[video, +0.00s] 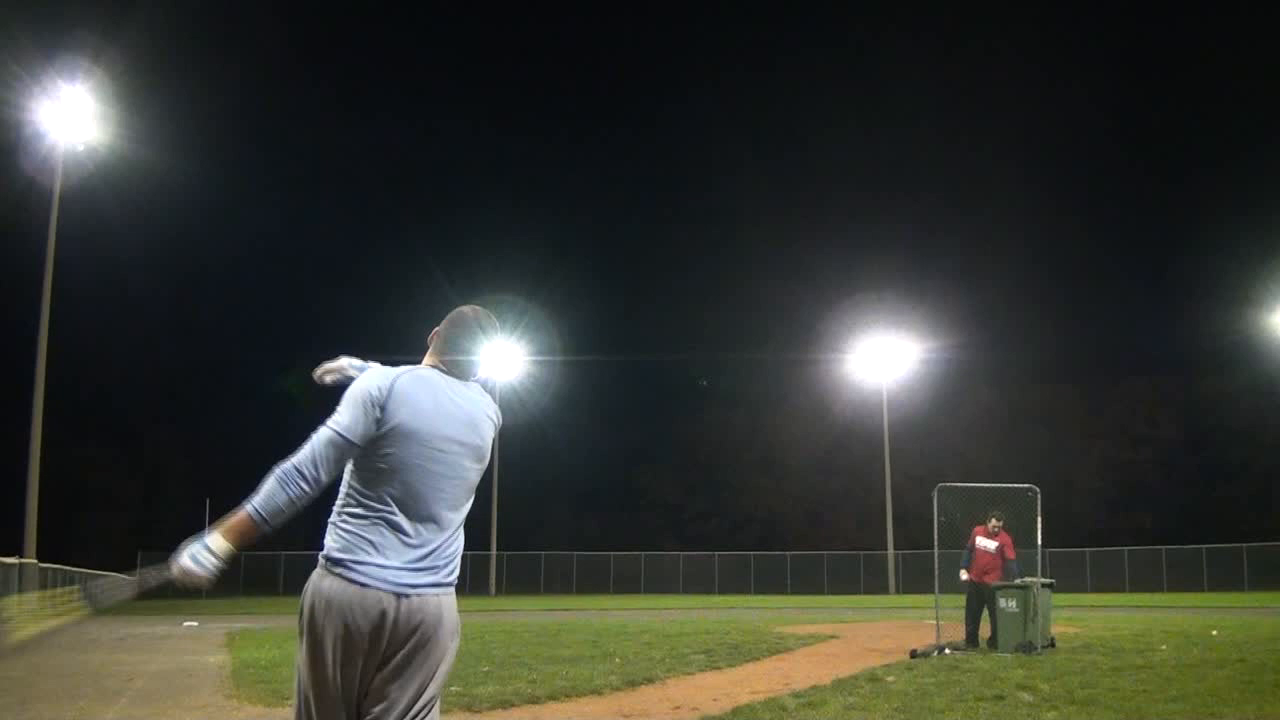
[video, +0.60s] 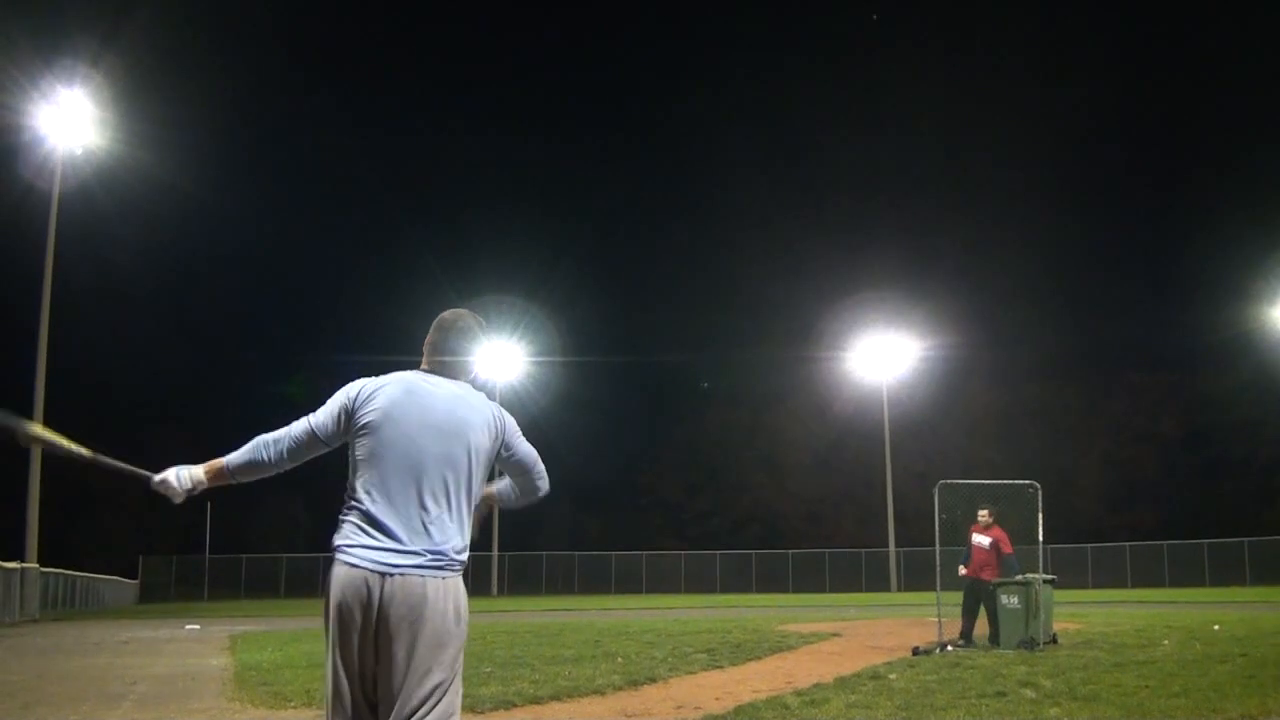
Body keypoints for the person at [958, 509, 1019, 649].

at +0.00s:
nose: (996, 530)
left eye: (998, 527)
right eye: (993, 526)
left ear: (1002, 526)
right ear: (987, 523)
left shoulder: (1005, 539)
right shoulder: (977, 532)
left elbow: (1011, 561)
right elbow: (968, 550)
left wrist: (1015, 579)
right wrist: (963, 568)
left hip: (994, 583)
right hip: (975, 582)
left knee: (996, 615)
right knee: (972, 614)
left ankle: (995, 640)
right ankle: (971, 640)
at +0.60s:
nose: (980, 519)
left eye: (983, 516)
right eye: (979, 516)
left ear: (991, 518)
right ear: (977, 517)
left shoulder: (999, 534)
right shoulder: (974, 529)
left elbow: (1009, 556)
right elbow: (969, 549)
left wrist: (1017, 574)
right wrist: (962, 564)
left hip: (990, 580)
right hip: (973, 578)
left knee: (992, 612)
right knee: (969, 609)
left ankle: (995, 640)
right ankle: (966, 638)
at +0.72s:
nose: (976, 518)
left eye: (979, 515)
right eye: (974, 515)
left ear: (987, 517)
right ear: (973, 517)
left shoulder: (995, 534)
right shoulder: (971, 530)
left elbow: (1007, 554)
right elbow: (966, 549)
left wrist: (1015, 571)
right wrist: (960, 564)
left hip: (987, 580)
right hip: (970, 578)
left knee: (991, 613)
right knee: (965, 609)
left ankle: (995, 641)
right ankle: (959, 637)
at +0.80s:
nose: (971, 518)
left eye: (974, 515)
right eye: (969, 515)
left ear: (982, 516)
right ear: (968, 517)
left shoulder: (991, 533)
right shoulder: (968, 531)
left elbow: (1003, 553)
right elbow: (964, 551)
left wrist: (1011, 570)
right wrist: (958, 565)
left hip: (984, 580)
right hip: (967, 578)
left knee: (989, 613)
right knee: (961, 611)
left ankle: (995, 642)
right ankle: (955, 639)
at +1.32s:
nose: (940, 521)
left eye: (941, 518)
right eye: (939, 518)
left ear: (950, 516)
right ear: (945, 518)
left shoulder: (963, 527)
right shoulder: (943, 533)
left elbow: (978, 540)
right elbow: (941, 555)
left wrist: (989, 551)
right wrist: (930, 563)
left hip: (961, 574)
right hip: (947, 576)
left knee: (963, 607)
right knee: (949, 609)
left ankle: (973, 638)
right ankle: (952, 639)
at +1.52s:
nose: (936, 520)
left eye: (937, 516)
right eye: (935, 517)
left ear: (945, 515)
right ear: (940, 517)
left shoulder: (958, 527)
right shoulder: (940, 533)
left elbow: (972, 539)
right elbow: (938, 554)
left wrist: (984, 550)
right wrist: (924, 564)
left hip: (956, 572)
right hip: (944, 574)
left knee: (955, 605)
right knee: (945, 606)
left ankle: (958, 637)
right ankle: (950, 637)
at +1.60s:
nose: (935, 518)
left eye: (937, 515)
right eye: (934, 516)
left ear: (945, 514)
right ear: (936, 517)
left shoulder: (957, 526)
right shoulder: (939, 531)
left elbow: (970, 539)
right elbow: (937, 553)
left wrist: (981, 549)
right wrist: (923, 563)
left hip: (955, 572)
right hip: (943, 573)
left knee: (954, 606)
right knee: (945, 606)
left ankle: (957, 638)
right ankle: (949, 637)